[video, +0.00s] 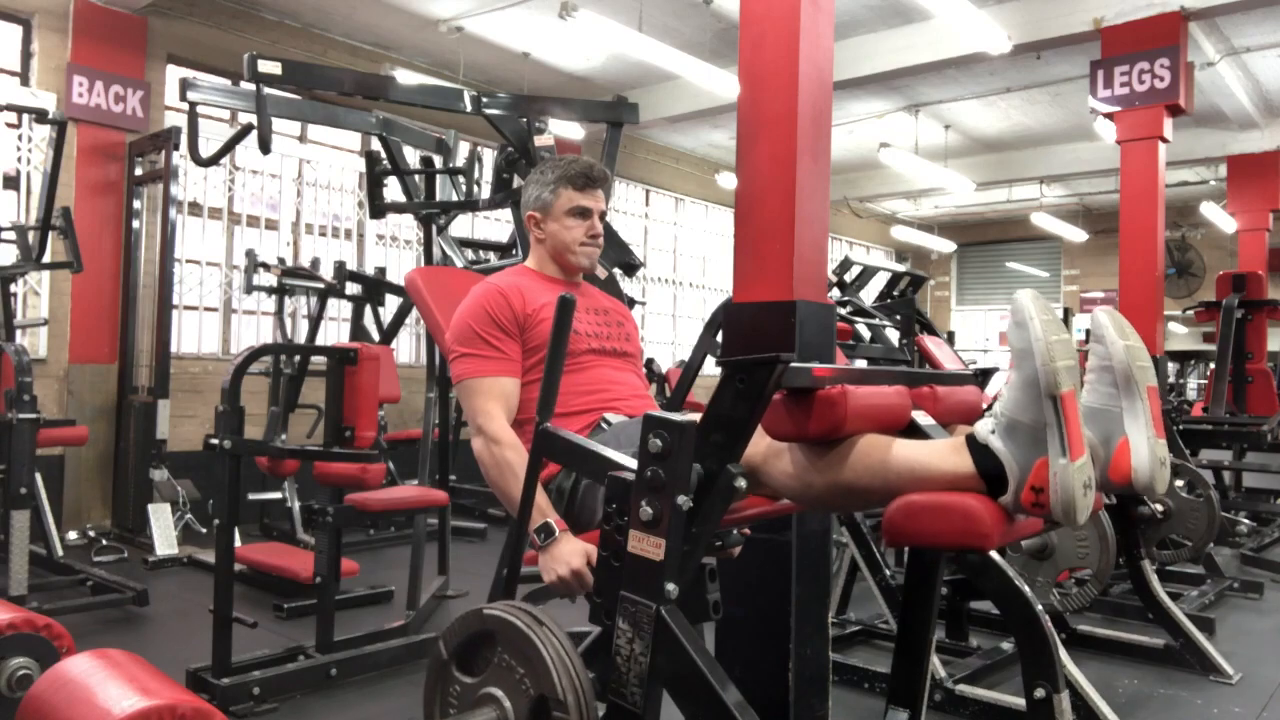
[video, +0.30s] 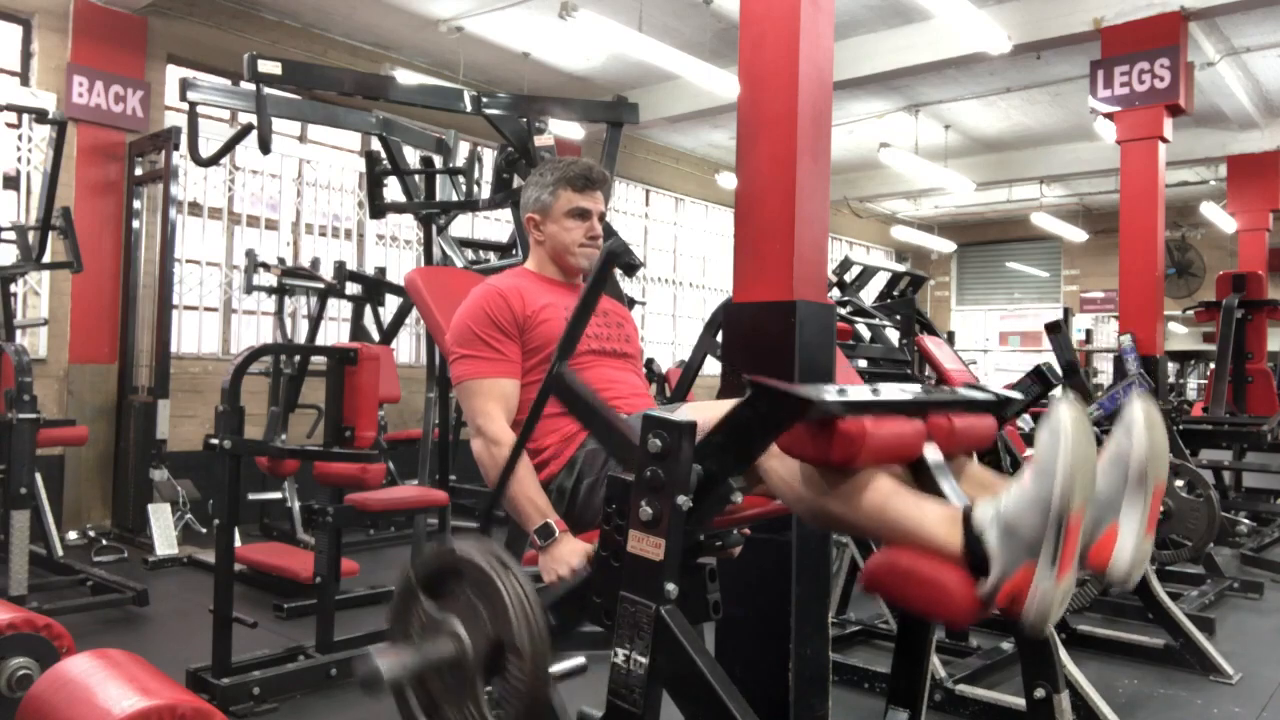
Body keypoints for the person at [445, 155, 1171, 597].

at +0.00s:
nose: (594, 231)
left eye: (599, 219)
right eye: (578, 216)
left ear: (598, 225)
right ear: (533, 220)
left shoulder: (609, 306)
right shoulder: (495, 298)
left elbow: (644, 397)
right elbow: (488, 430)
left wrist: (711, 428)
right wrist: (549, 531)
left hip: (662, 440)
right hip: (587, 461)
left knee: (826, 449)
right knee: (771, 454)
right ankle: (991, 455)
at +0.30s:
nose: (591, 235)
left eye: (597, 223)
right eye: (576, 221)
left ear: (599, 228)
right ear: (532, 222)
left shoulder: (603, 301)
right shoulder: (493, 302)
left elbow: (638, 399)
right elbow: (491, 437)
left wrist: (716, 408)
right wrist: (550, 532)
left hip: (656, 435)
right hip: (582, 462)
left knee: (837, 438)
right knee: (765, 435)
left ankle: (1065, 512)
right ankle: (977, 541)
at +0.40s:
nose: (595, 232)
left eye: (600, 220)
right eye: (578, 218)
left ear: (600, 229)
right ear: (533, 224)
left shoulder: (610, 307)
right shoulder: (496, 300)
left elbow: (652, 400)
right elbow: (487, 433)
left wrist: (742, 411)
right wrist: (552, 534)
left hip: (657, 444)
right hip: (590, 461)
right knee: (783, 423)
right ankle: (956, 584)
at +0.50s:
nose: (592, 236)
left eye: (598, 223)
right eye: (577, 221)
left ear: (598, 224)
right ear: (532, 224)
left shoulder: (597, 297)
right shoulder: (497, 299)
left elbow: (634, 388)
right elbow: (490, 427)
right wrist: (554, 531)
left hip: (655, 430)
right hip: (589, 456)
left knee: (844, 411)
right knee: (778, 420)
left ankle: (993, 585)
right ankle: (918, 628)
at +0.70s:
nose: (594, 229)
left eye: (599, 218)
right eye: (578, 216)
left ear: (599, 227)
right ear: (533, 223)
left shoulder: (608, 303)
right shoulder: (499, 297)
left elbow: (646, 403)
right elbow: (488, 427)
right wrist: (553, 536)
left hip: (661, 441)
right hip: (586, 465)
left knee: (850, 419)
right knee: (761, 424)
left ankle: (938, 636)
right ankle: (842, 679)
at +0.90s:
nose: (596, 227)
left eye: (598, 216)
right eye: (580, 215)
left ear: (595, 229)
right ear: (534, 227)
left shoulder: (611, 305)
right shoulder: (504, 294)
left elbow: (645, 397)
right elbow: (489, 433)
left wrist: (703, 431)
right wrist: (551, 538)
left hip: (650, 446)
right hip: (583, 468)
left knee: (849, 422)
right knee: (755, 419)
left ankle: (881, 644)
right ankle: (773, 676)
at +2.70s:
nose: (593, 235)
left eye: (600, 224)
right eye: (578, 221)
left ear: (601, 229)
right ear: (533, 222)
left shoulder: (611, 302)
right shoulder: (495, 300)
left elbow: (656, 399)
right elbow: (489, 427)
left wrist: (728, 413)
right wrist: (553, 536)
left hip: (665, 436)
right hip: (586, 457)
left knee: (851, 416)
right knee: (762, 428)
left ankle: (958, 632)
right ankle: (863, 677)